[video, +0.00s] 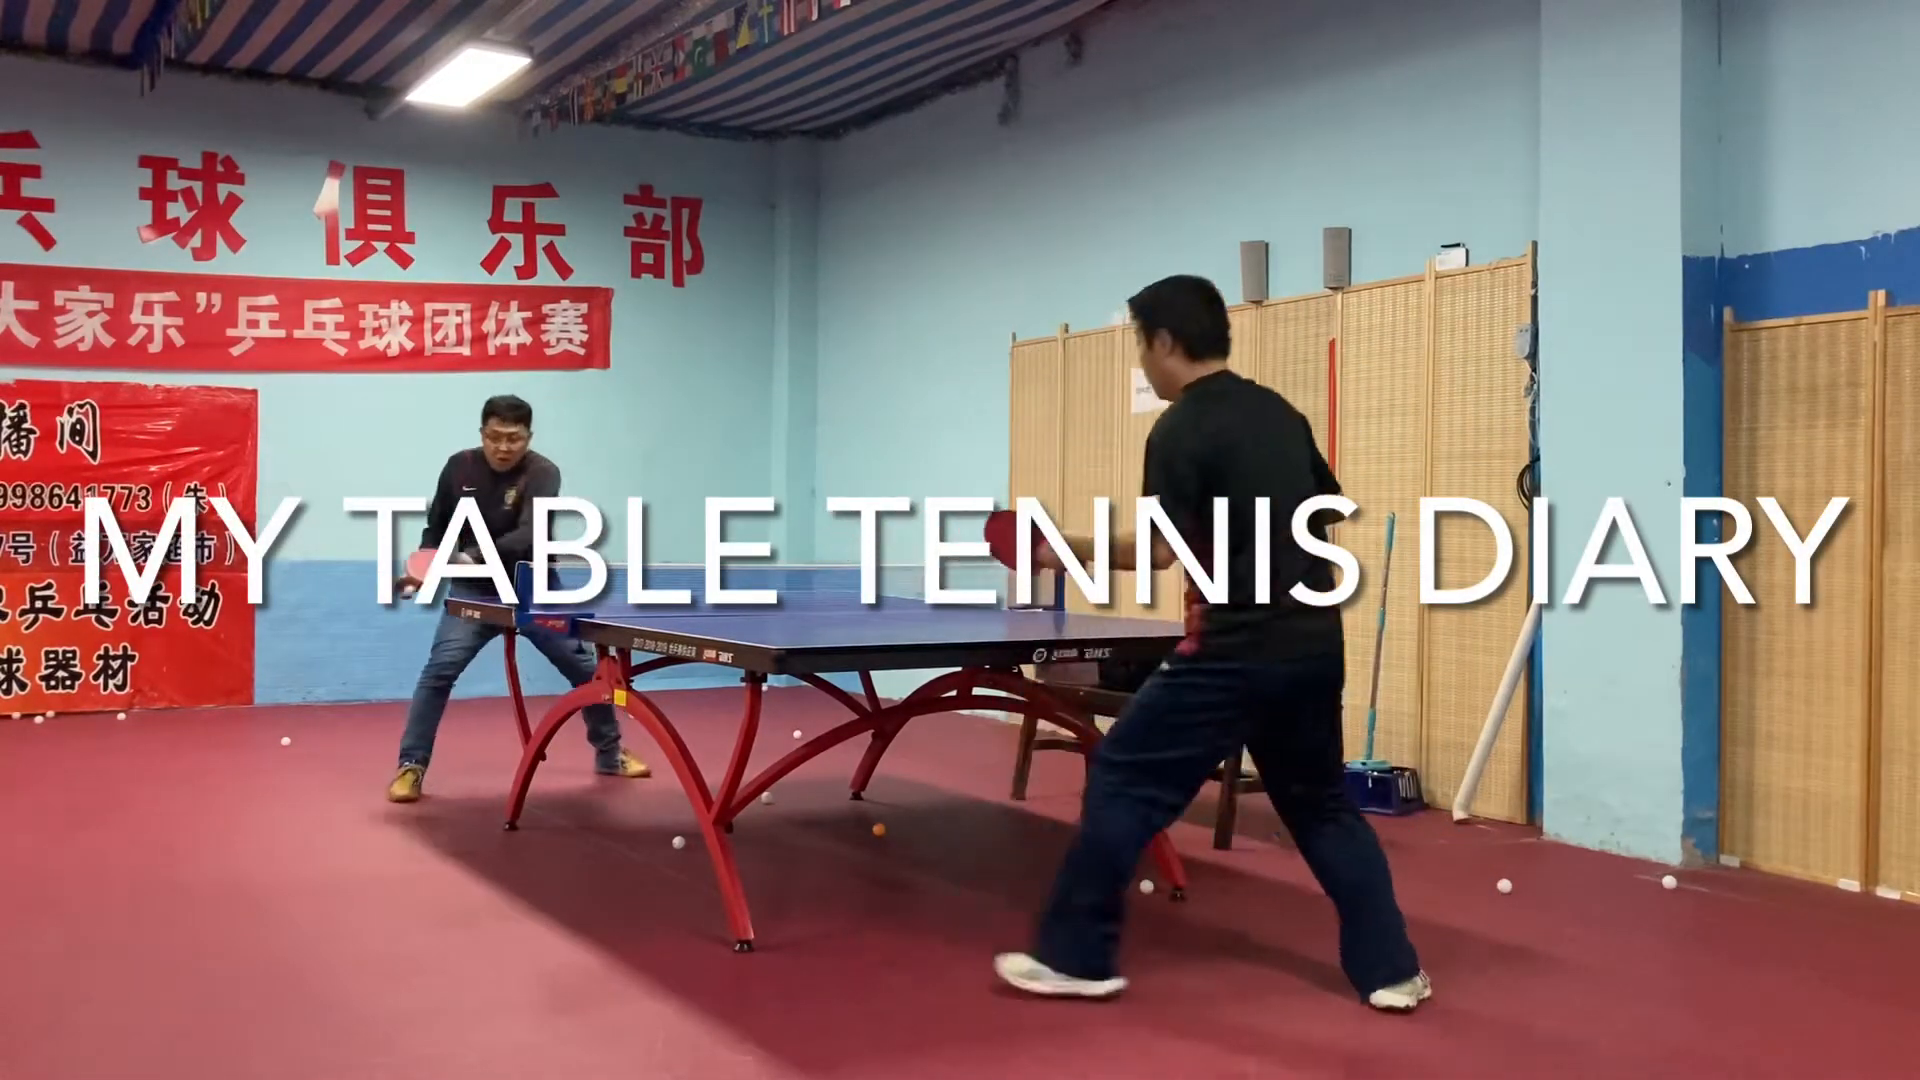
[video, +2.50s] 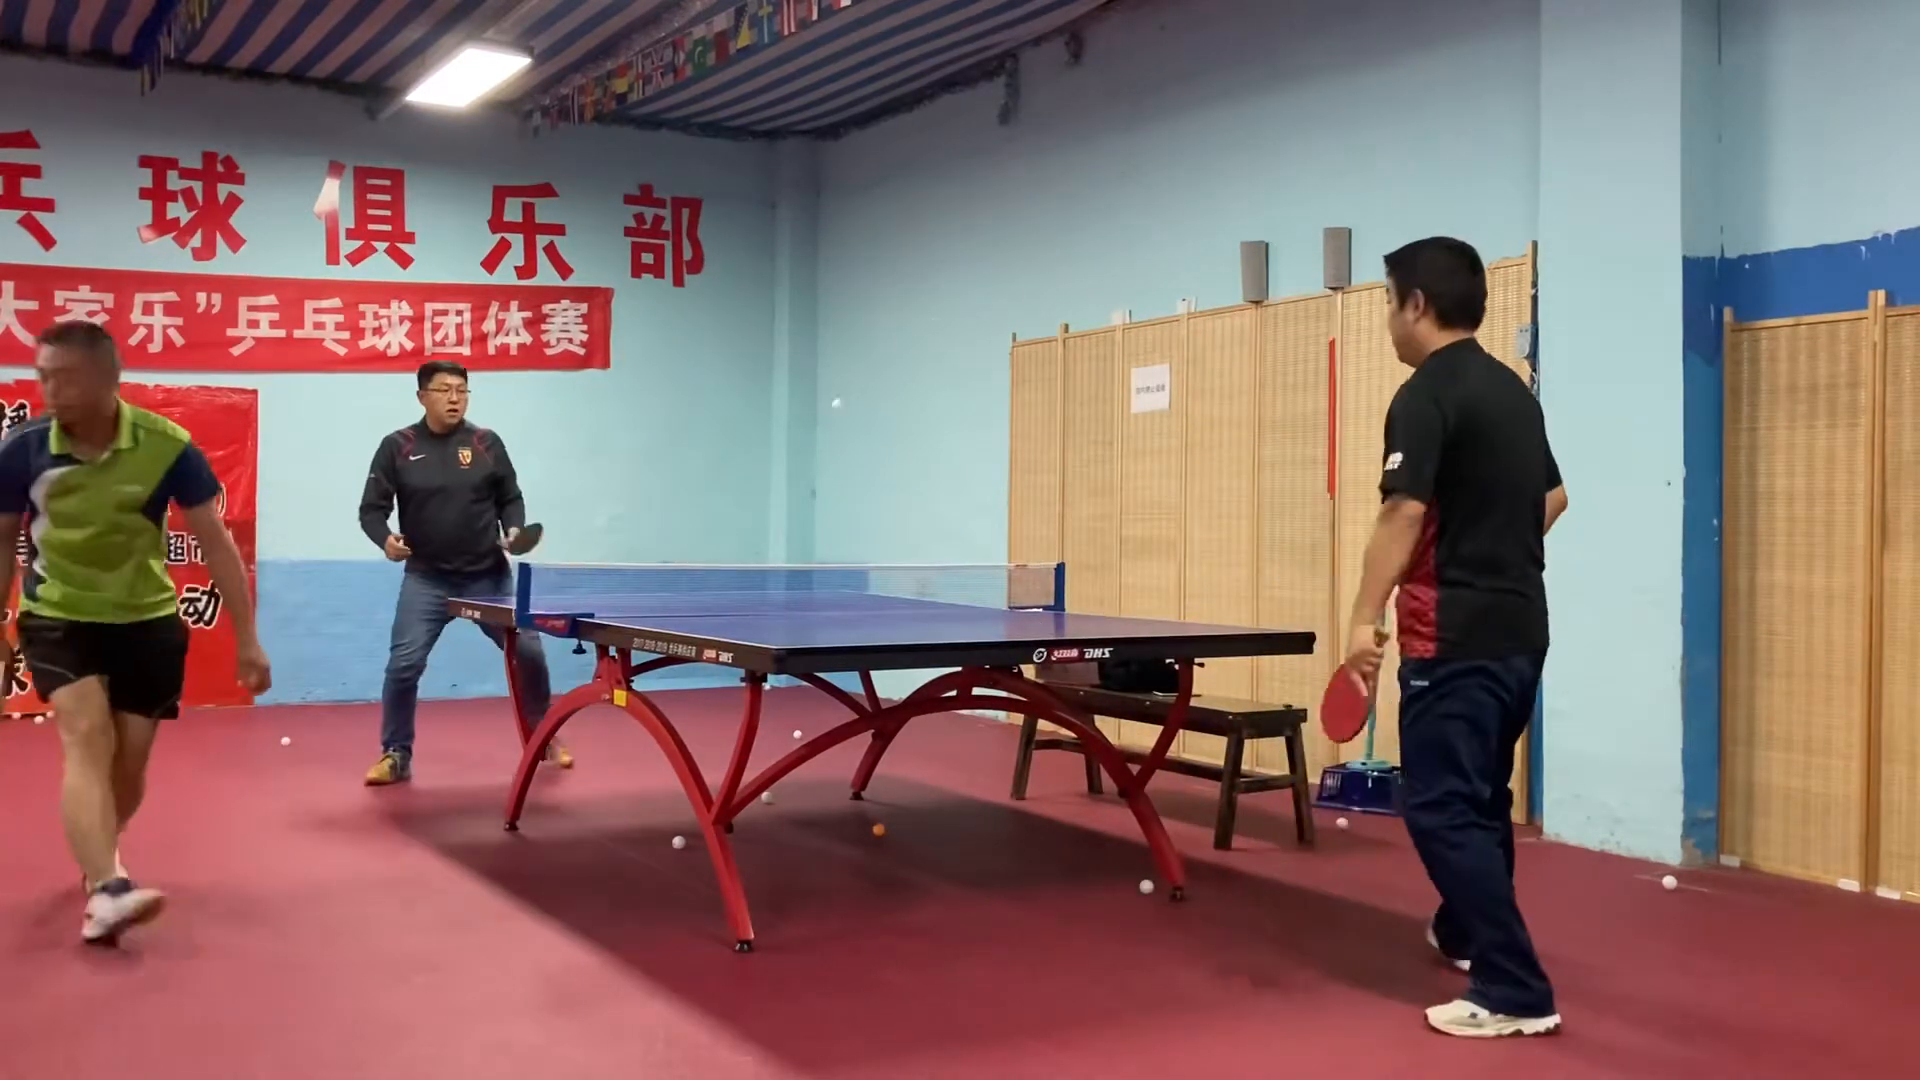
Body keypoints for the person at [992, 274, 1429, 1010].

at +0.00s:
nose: (1142, 363)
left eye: (1143, 346)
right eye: (1141, 347)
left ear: (1167, 343)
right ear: (1217, 341)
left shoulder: (1178, 432)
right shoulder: (1281, 413)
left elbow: (1171, 547)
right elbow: (1328, 507)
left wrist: (1072, 557)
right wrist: (1245, 553)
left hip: (1234, 652)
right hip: (1314, 648)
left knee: (1124, 776)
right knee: (1318, 800)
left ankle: (1076, 957)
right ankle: (1392, 970)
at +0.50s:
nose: (1210, 408)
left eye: (1219, 393)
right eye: (1212, 393)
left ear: (1261, 398)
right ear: (1263, 398)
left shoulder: (1353, 484)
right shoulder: (1269, 462)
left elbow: (1400, 610)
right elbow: (1252, 510)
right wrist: (1187, 550)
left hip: (1385, 679)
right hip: (1344, 676)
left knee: (1270, 783)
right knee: (1402, 805)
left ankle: (1270, 983)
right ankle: (1524, 927)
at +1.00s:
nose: (1231, 382)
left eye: (1240, 369)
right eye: (1234, 368)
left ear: (1275, 376)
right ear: (1311, 375)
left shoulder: (1255, 452)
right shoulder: (1386, 440)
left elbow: (1161, 461)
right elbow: (1429, 535)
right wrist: (1350, 523)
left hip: (1340, 681)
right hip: (1420, 673)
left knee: (1222, 798)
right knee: (1406, 790)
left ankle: (1265, 985)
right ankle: (1463, 940)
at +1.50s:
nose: (1268, 356)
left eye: (1273, 341)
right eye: (1269, 341)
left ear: (1301, 343)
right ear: (1342, 343)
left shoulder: (1328, 423)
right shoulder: (1398, 412)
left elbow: (1317, 545)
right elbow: (1459, 506)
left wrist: (1246, 586)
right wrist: (1371, 548)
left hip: (1381, 651)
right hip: (1438, 648)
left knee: (1294, 793)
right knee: (1406, 786)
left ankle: (1316, 988)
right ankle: (1463, 941)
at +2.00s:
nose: (1315, 414)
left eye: (1314, 398)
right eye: (1313, 399)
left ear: (1334, 391)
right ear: (1388, 384)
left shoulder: (1333, 476)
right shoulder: (1472, 438)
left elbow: (1331, 590)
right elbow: (1547, 516)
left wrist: (1378, 562)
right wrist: (1562, 611)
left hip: (1422, 665)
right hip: (1503, 662)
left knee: (1333, 799)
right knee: (1441, 781)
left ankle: (1313, 986)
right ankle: (1465, 938)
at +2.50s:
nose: (1388, 321)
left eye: (1391, 306)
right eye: (1388, 306)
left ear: (1417, 304)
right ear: (1469, 307)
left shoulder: (1425, 393)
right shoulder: (1510, 385)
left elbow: (1403, 513)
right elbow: (1551, 497)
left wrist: (1363, 619)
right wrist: (1487, 556)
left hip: (1456, 638)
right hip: (1516, 632)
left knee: (1436, 806)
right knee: (1482, 790)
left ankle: (1515, 993)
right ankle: (1465, 926)